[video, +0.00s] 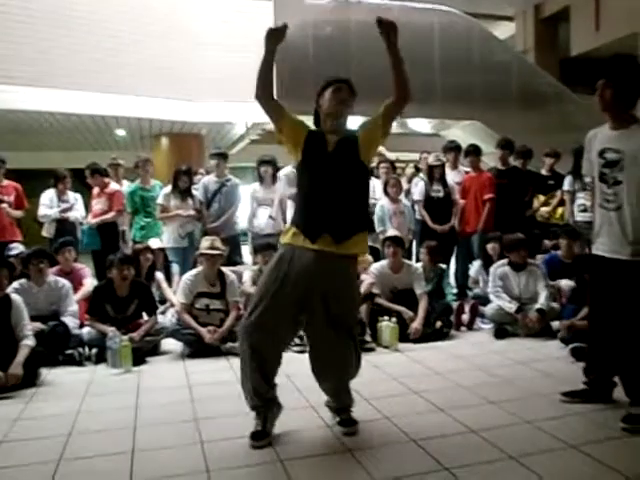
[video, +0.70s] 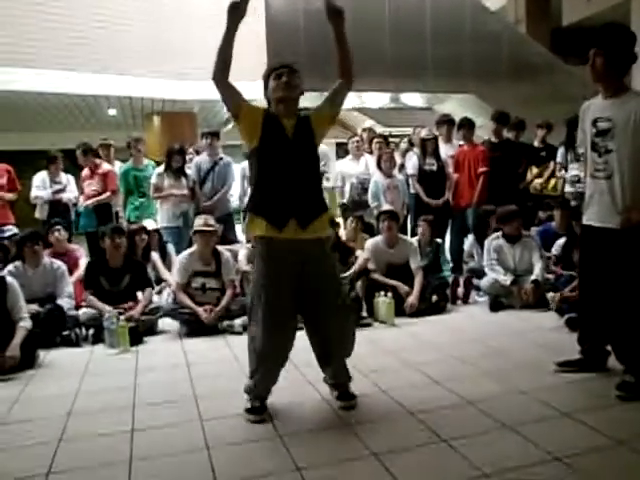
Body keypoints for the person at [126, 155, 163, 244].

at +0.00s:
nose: (146, 169)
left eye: (148, 166)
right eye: (142, 166)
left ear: (152, 168)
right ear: (137, 170)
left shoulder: (159, 187)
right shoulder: (132, 190)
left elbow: (163, 208)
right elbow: (129, 213)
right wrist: (127, 233)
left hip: (157, 230)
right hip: (139, 231)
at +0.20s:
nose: (137, 170)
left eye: (140, 166)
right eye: (134, 167)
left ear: (143, 169)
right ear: (129, 170)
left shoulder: (149, 188)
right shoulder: (123, 191)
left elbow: (154, 209)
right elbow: (120, 214)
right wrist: (118, 234)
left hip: (147, 228)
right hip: (130, 229)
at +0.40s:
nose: (135, 149)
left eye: (137, 145)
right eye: (132, 146)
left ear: (141, 148)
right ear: (127, 149)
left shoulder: (148, 166)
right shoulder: (121, 170)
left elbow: (152, 188)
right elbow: (119, 193)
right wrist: (118, 214)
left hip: (146, 209)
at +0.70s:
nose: (138, 149)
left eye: (141, 145)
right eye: (135, 146)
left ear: (144, 147)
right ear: (130, 149)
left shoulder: (151, 166)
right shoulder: (125, 170)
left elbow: (156, 188)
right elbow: (123, 192)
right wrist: (122, 214)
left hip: (150, 210)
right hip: (133, 212)